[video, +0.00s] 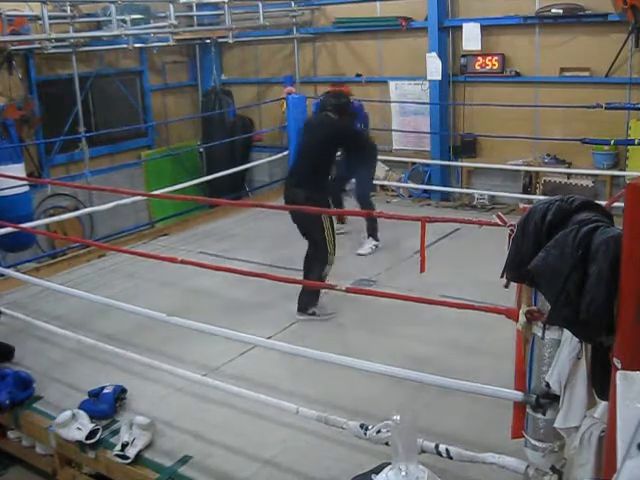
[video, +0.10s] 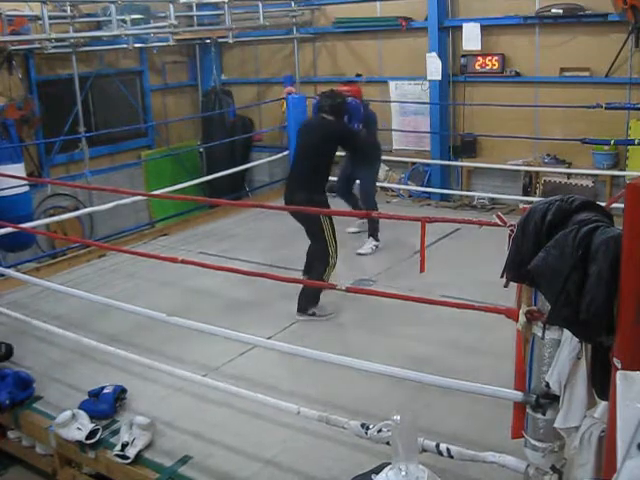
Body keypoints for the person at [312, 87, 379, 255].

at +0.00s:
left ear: (344, 98)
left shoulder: (355, 109)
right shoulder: (324, 105)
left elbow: (361, 131)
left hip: (364, 154)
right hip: (347, 155)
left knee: (362, 195)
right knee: (334, 187)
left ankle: (373, 237)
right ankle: (340, 216)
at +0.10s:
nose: (345, 102)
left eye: (349, 98)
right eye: (343, 98)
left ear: (356, 99)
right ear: (342, 101)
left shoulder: (366, 114)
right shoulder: (344, 113)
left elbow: (366, 141)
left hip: (369, 158)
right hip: (353, 155)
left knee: (367, 196)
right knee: (343, 189)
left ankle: (373, 237)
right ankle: (363, 216)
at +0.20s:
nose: (352, 104)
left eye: (355, 100)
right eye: (349, 100)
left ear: (364, 100)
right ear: (347, 101)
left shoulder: (374, 117)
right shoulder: (350, 116)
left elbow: (374, 143)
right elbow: (343, 137)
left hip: (373, 159)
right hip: (358, 158)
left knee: (368, 196)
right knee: (352, 192)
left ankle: (374, 237)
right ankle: (375, 210)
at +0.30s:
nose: (355, 105)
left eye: (359, 101)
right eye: (352, 101)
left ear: (368, 101)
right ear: (349, 101)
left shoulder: (375, 117)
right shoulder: (352, 116)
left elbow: (380, 144)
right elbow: (348, 137)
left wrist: (360, 138)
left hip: (378, 161)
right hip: (362, 160)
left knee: (367, 196)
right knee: (357, 197)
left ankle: (379, 236)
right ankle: (382, 217)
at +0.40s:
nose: (356, 103)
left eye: (360, 99)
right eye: (354, 99)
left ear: (368, 100)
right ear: (352, 101)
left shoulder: (375, 114)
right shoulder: (357, 115)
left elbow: (376, 137)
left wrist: (361, 120)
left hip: (384, 161)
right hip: (369, 161)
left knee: (369, 196)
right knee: (365, 194)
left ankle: (385, 236)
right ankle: (383, 219)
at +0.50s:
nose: (354, 101)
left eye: (357, 97)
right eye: (353, 97)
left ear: (366, 98)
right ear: (367, 99)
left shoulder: (370, 117)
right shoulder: (369, 112)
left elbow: (376, 143)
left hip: (391, 159)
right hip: (385, 157)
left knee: (373, 199)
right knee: (378, 194)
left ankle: (390, 236)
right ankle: (386, 220)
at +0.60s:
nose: (358, 103)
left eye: (361, 99)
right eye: (357, 99)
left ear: (371, 100)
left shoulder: (374, 119)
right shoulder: (373, 115)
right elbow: (359, 133)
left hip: (395, 163)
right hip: (393, 161)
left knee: (371, 200)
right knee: (385, 195)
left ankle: (400, 239)